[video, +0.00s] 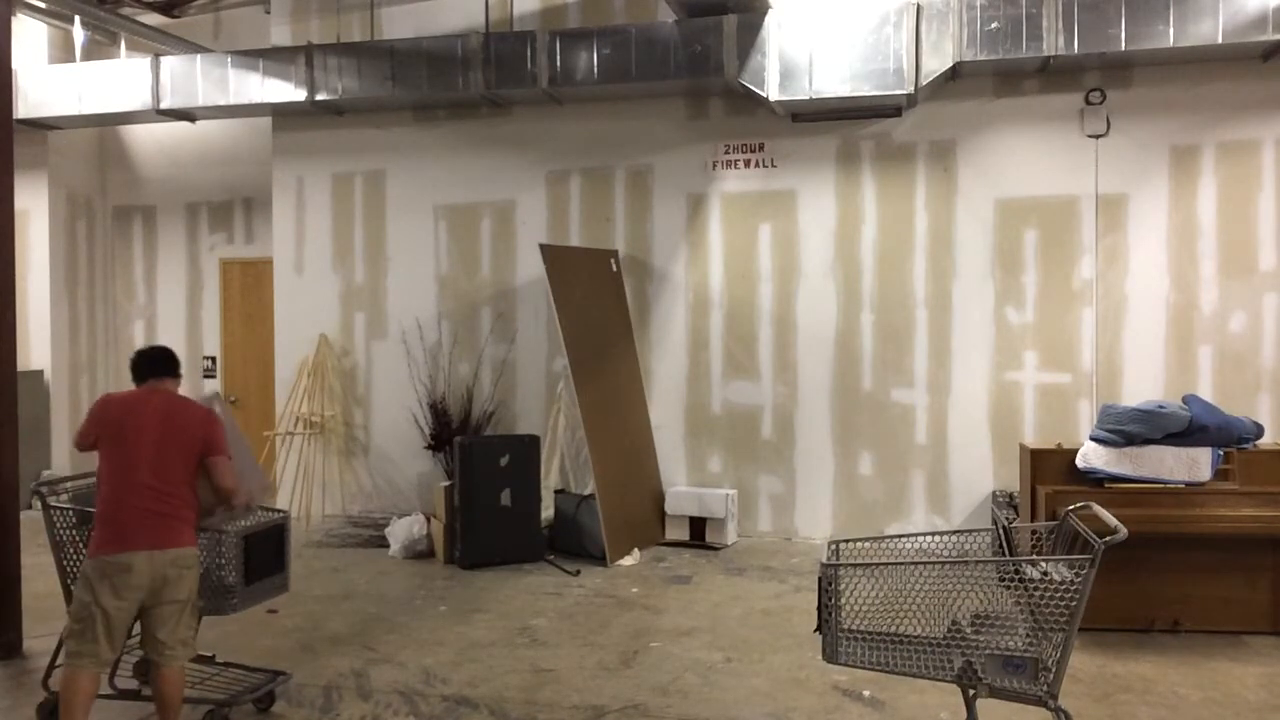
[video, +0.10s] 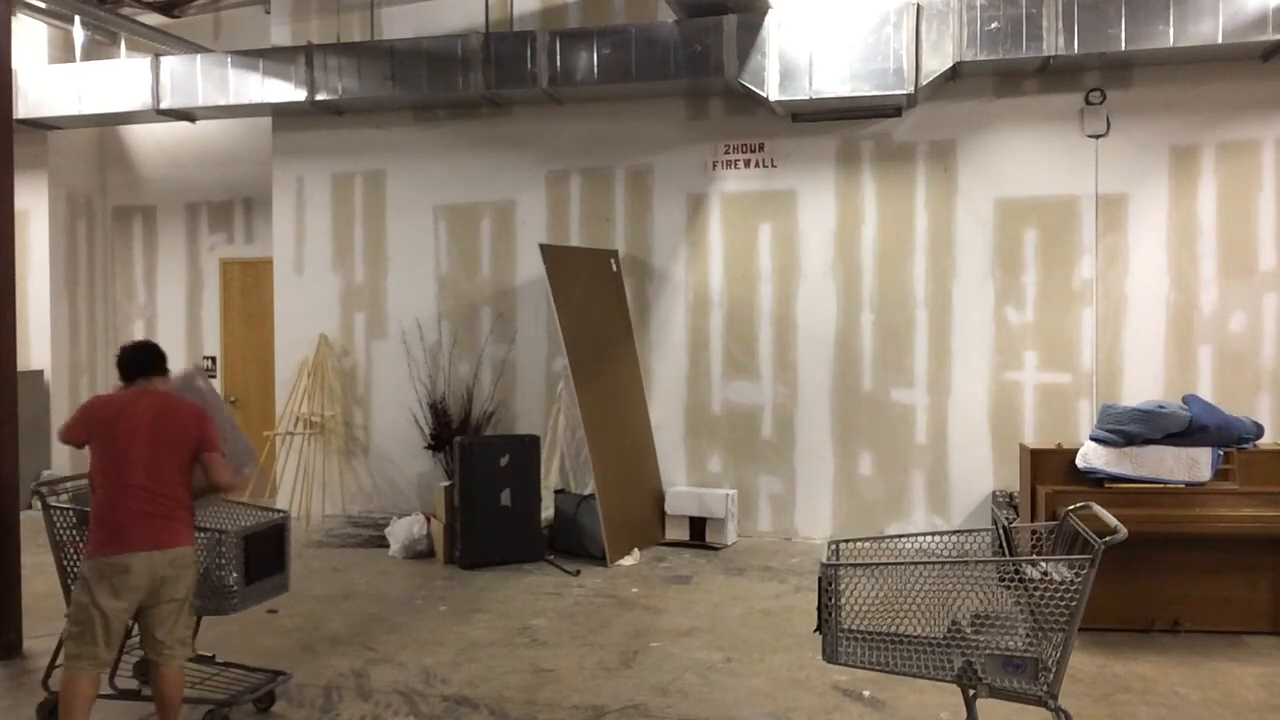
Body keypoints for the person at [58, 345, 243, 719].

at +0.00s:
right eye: (177, 378)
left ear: (135, 379)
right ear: (177, 378)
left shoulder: (110, 406)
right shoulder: (202, 416)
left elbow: (82, 443)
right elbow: (224, 482)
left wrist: (122, 430)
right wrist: (232, 498)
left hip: (117, 555)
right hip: (178, 555)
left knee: (86, 657)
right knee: (170, 657)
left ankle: (69, 715)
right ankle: (170, 716)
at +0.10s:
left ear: (123, 376)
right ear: (166, 372)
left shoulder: (102, 408)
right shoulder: (192, 411)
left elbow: (69, 435)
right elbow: (221, 477)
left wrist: (112, 411)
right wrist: (239, 481)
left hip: (113, 556)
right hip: (174, 554)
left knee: (84, 659)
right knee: (170, 656)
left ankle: (69, 716)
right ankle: (170, 716)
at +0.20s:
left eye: (110, 373)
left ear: (109, 376)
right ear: (153, 372)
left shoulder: (93, 412)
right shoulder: (182, 415)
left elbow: (53, 427)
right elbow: (213, 478)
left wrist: (87, 391)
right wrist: (187, 459)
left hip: (108, 557)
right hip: (170, 553)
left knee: (84, 660)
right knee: (167, 657)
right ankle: (169, 716)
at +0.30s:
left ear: (91, 376)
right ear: (138, 372)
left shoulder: (78, 417)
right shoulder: (168, 417)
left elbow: (27, 428)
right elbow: (201, 480)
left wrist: (58, 389)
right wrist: (203, 448)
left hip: (95, 563)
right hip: (158, 558)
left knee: (79, 667)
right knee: (161, 660)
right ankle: (168, 716)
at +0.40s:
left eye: (78, 371)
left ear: (77, 375)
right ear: (123, 372)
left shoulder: (61, 421)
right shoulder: (154, 420)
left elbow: (7, 429)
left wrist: (25, 387)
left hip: (76, 568)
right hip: (141, 563)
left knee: (66, 673)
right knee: (153, 662)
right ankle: (164, 716)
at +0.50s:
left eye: (66, 370)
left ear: (64, 375)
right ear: (111, 372)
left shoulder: (43, 423)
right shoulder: (139, 420)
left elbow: (4, 442)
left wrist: (8, 404)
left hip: (58, 570)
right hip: (121, 566)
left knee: (58, 677)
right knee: (140, 661)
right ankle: (158, 715)